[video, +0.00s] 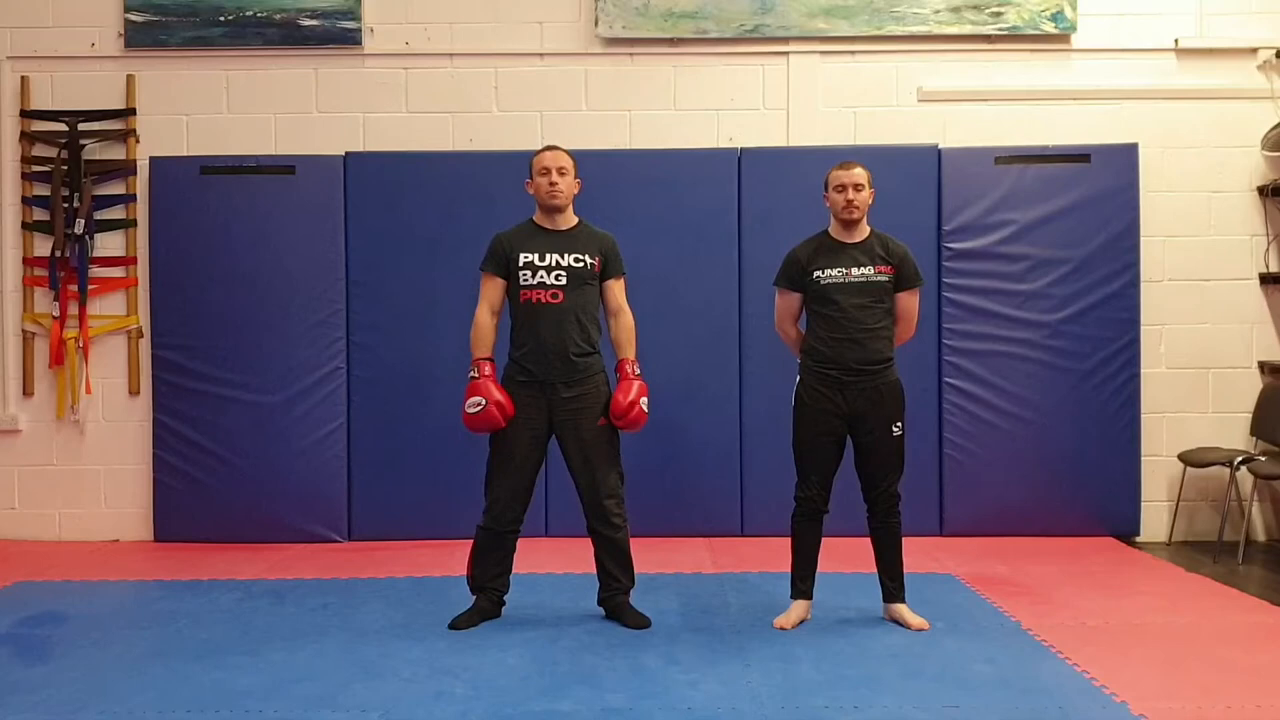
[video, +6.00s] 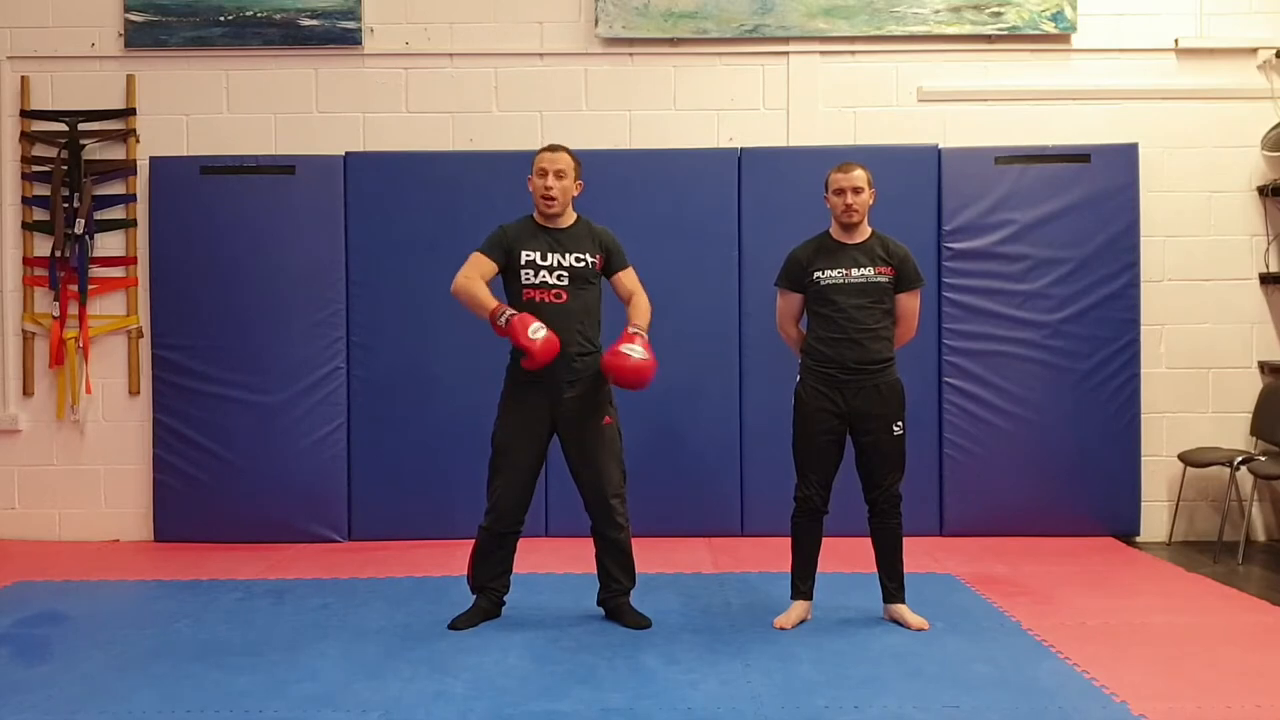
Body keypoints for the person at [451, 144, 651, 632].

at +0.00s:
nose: (553, 180)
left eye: (562, 173)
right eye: (545, 174)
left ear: (576, 184)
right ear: (531, 185)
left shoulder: (601, 244)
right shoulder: (508, 243)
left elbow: (618, 312)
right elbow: (488, 311)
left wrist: (629, 373)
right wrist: (482, 372)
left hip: (586, 389)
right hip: (522, 388)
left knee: (606, 498)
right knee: (503, 500)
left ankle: (616, 596)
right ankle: (488, 597)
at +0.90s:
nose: (546, 181)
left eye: (554, 173)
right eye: (538, 174)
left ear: (572, 184)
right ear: (526, 187)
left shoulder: (600, 242)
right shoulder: (507, 245)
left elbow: (620, 309)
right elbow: (481, 312)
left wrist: (629, 369)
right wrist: (509, 309)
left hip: (587, 388)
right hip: (526, 389)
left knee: (607, 497)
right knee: (504, 497)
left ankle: (617, 597)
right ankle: (488, 598)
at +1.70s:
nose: (553, 180)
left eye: (561, 173)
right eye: (544, 173)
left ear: (575, 184)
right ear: (530, 186)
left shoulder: (600, 243)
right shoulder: (509, 244)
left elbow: (622, 309)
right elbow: (490, 314)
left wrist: (630, 370)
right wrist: (477, 377)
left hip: (588, 388)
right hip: (525, 389)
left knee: (608, 499)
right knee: (504, 500)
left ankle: (616, 597)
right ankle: (488, 597)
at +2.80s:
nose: (547, 176)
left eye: (557, 171)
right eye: (540, 170)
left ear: (574, 187)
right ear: (528, 185)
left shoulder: (598, 240)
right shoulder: (507, 245)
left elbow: (628, 305)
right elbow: (477, 300)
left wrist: (650, 364)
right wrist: (474, 307)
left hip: (584, 388)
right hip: (522, 390)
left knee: (605, 499)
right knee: (503, 500)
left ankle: (616, 598)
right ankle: (488, 598)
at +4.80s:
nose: (544, 179)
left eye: (553, 172)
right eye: (536, 172)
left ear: (571, 183)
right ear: (525, 184)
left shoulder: (599, 241)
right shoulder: (507, 245)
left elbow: (617, 308)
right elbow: (488, 315)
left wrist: (627, 371)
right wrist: (478, 376)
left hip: (586, 390)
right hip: (523, 390)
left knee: (606, 500)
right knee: (504, 500)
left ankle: (616, 597)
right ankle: (488, 597)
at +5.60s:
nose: (556, 173)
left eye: (562, 166)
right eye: (545, 168)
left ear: (576, 181)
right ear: (530, 186)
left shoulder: (601, 239)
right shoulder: (508, 238)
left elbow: (626, 303)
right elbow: (478, 298)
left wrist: (635, 364)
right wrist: (516, 318)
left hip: (587, 387)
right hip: (527, 388)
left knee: (607, 498)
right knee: (505, 497)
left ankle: (616, 597)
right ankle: (488, 597)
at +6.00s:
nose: (548, 184)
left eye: (559, 176)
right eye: (541, 175)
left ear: (576, 185)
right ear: (530, 181)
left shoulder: (599, 241)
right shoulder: (510, 237)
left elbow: (636, 297)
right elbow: (464, 283)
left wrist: (636, 336)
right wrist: (508, 319)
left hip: (587, 387)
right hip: (527, 386)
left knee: (608, 498)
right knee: (505, 496)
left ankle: (616, 597)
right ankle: (488, 597)